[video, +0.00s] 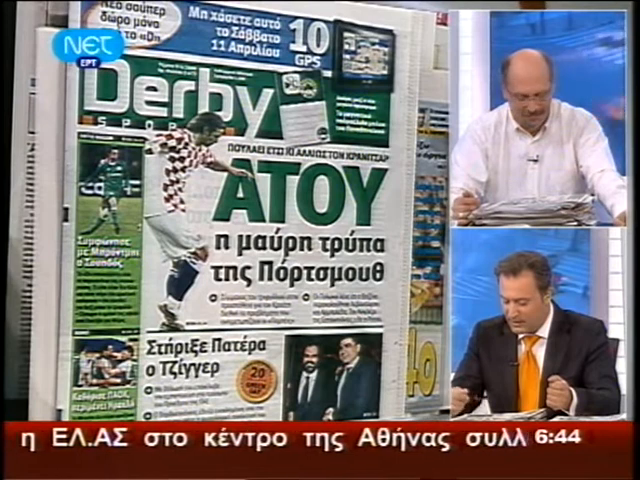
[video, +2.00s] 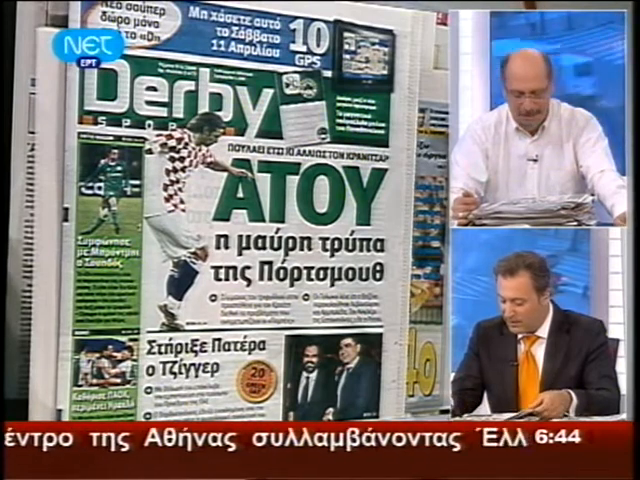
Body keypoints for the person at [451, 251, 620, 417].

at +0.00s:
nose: (511, 312)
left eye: (522, 303)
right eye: (506, 302)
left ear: (547, 296)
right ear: (500, 298)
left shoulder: (588, 333)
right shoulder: (486, 334)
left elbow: (610, 401)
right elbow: (465, 388)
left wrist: (574, 400)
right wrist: (457, 401)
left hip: (567, 450)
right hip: (504, 449)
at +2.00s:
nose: (508, 312)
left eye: (518, 303)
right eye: (503, 302)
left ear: (545, 296)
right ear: (498, 296)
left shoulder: (588, 333)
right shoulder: (486, 334)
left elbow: (610, 401)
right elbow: (462, 399)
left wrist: (569, 400)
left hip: (568, 452)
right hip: (504, 450)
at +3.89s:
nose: (508, 312)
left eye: (518, 303)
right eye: (503, 302)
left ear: (545, 297)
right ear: (498, 297)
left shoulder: (588, 333)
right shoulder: (487, 334)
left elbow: (610, 402)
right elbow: (464, 399)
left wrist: (569, 400)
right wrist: (452, 399)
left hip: (569, 452)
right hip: (505, 450)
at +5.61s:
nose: (509, 313)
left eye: (520, 304)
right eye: (504, 303)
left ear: (546, 297)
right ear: (499, 298)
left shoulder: (588, 333)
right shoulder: (487, 334)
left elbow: (610, 402)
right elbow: (461, 400)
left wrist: (569, 400)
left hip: (569, 451)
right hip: (506, 450)